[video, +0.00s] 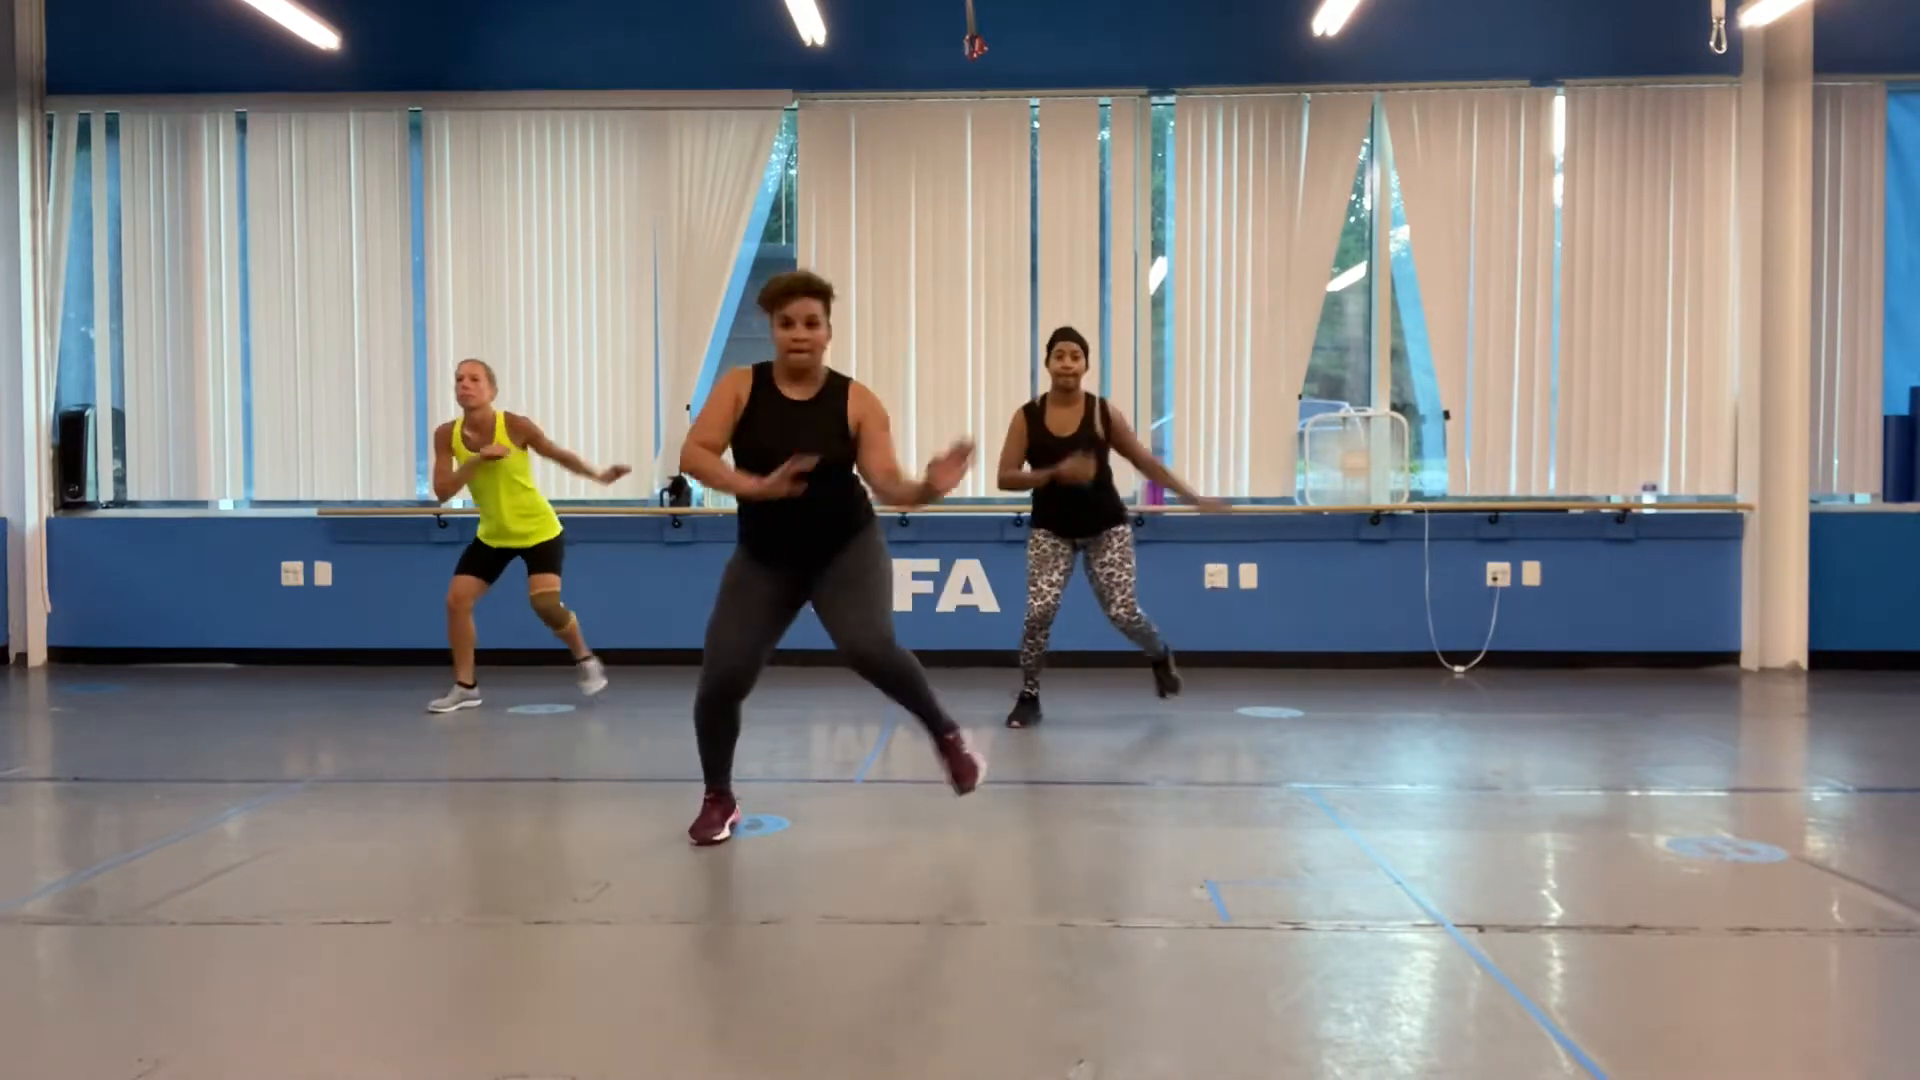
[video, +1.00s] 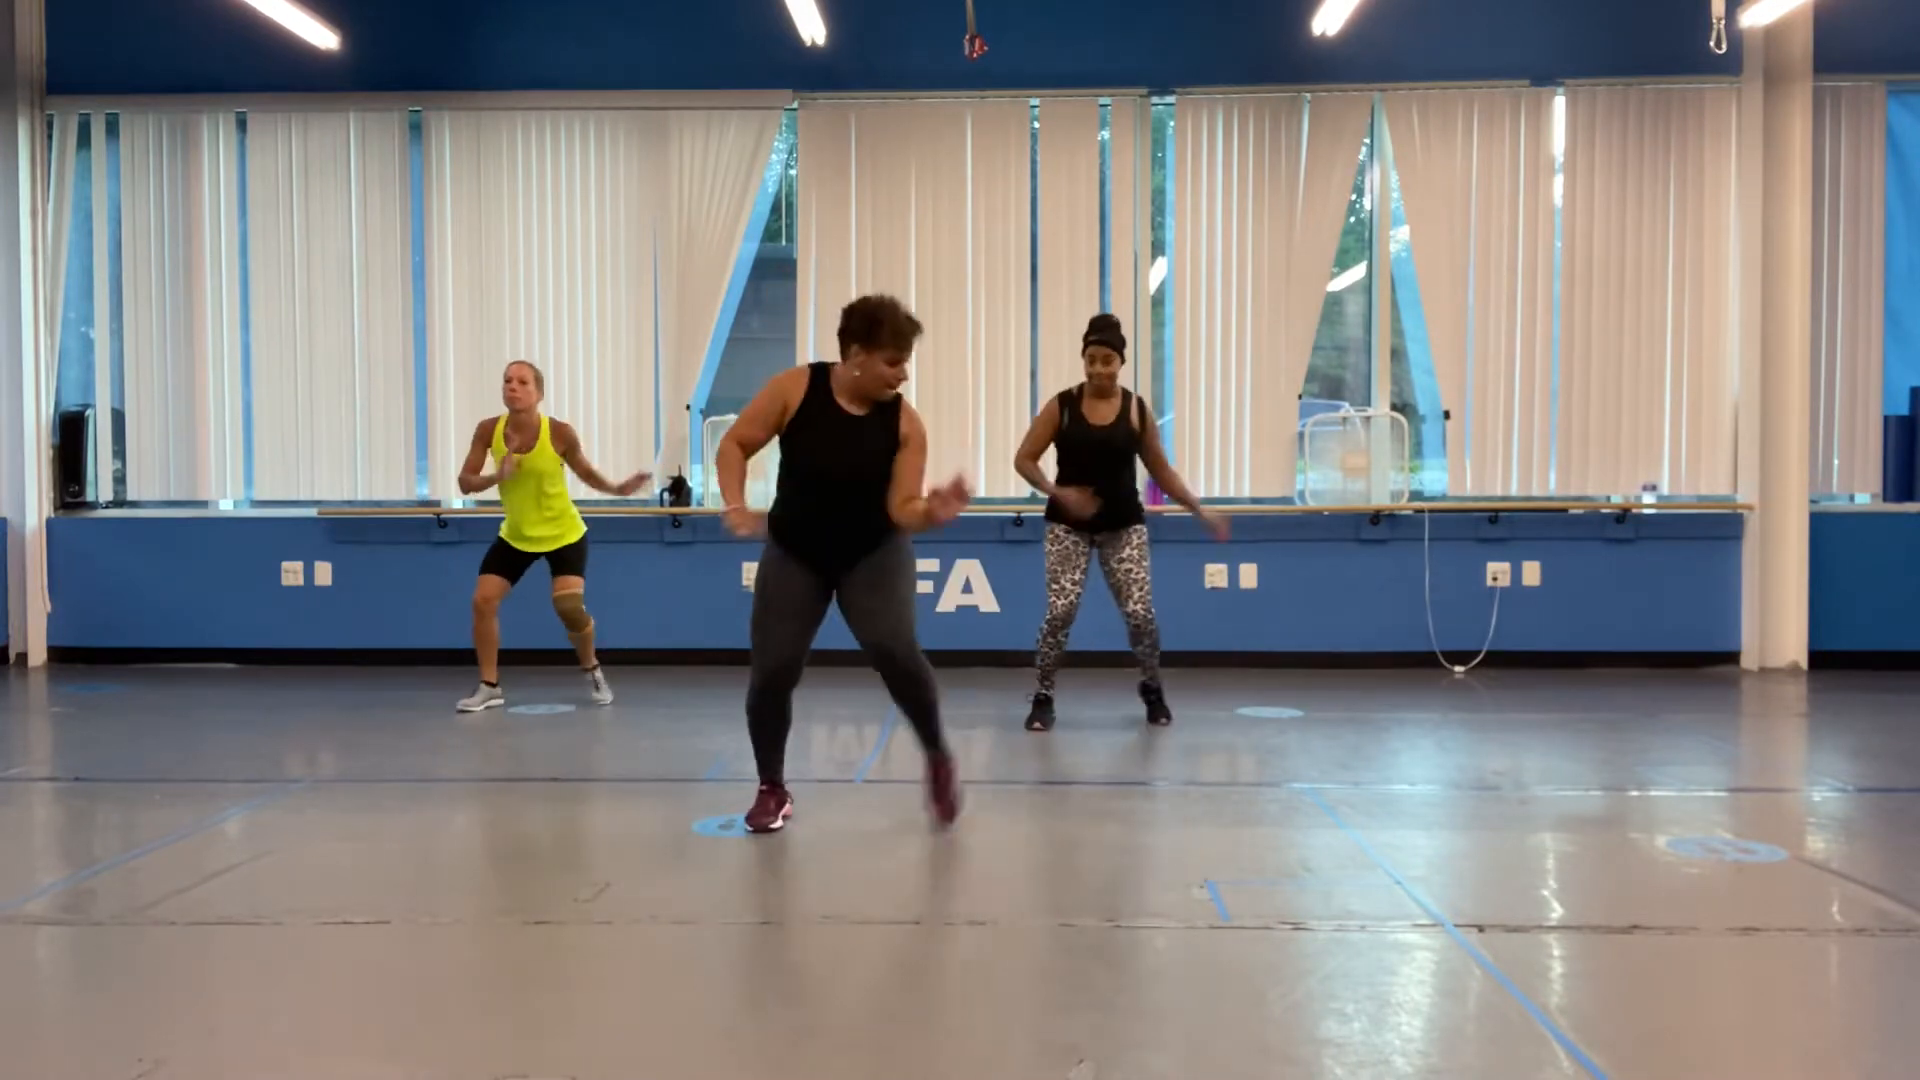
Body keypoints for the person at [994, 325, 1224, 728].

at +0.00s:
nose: (1067, 363)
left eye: (1075, 356)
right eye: (1059, 356)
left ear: (1085, 365)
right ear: (1047, 363)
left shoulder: (1103, 414)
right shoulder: (1028, 417)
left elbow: (1145, 462)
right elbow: (1005, 479)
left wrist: (1194, 498)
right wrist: (1055, 473)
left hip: (1106, 528)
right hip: (1051, 532)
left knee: (1121, 613)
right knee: (1039, 612)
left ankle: (1160, 656)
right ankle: (1028, 695)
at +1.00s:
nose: (1101, 370)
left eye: (1109, 361)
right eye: (1094, 361)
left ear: (1121, 362)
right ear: (1083, 360)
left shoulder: (1136, 410)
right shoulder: (1061, 407)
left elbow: (1161, 469)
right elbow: (1024, 460)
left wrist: (1199, 510)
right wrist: (1056, 491)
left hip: (1123, 527)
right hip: (1069, 527)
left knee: (1139, 613)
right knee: (1061, 611)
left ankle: (1152, 690)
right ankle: (1043, 697)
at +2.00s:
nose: (1194, 360)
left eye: (1201, 352)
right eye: (1186, 354)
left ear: (1216, 355)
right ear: (1178, 361)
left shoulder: (1243, 403)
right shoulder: (1166, 415)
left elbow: (1279, 460)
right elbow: (1160, 486)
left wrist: (1315, 508)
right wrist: (1185, 531)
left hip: (1240, 524)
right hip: (1184, 524)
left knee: (1254, 610)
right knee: (1156, 606)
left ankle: (1283, 702)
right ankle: (1136, 689)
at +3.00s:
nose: (1175, 342)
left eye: (1182, 336)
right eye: (1166, 338)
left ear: (1195, 346)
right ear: (1156, 351)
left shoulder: (1216, 395)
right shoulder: (1141, 404)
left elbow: (1258, 444)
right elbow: (1134, 471)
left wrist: (1310, 477)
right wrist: (1191, 483)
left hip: (1213, 518)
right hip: (1156, 519)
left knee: (1228, 607)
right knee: (1132, 601)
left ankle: (1264, 700)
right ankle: (1115, 681)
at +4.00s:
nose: (1107, 345)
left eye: (1113, 338)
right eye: (1098, 342)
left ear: (1127, 346)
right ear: (1089, 354)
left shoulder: (1155, 395)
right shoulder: (1077, 404)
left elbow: (1166, 458)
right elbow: (1043, 452)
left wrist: (1106, 465)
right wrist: (985, 454)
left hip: (1149, 512)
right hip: (1094, 513)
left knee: (1169, 601)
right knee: (1076, 599)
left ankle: (1197, 697)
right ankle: (1037, 692)